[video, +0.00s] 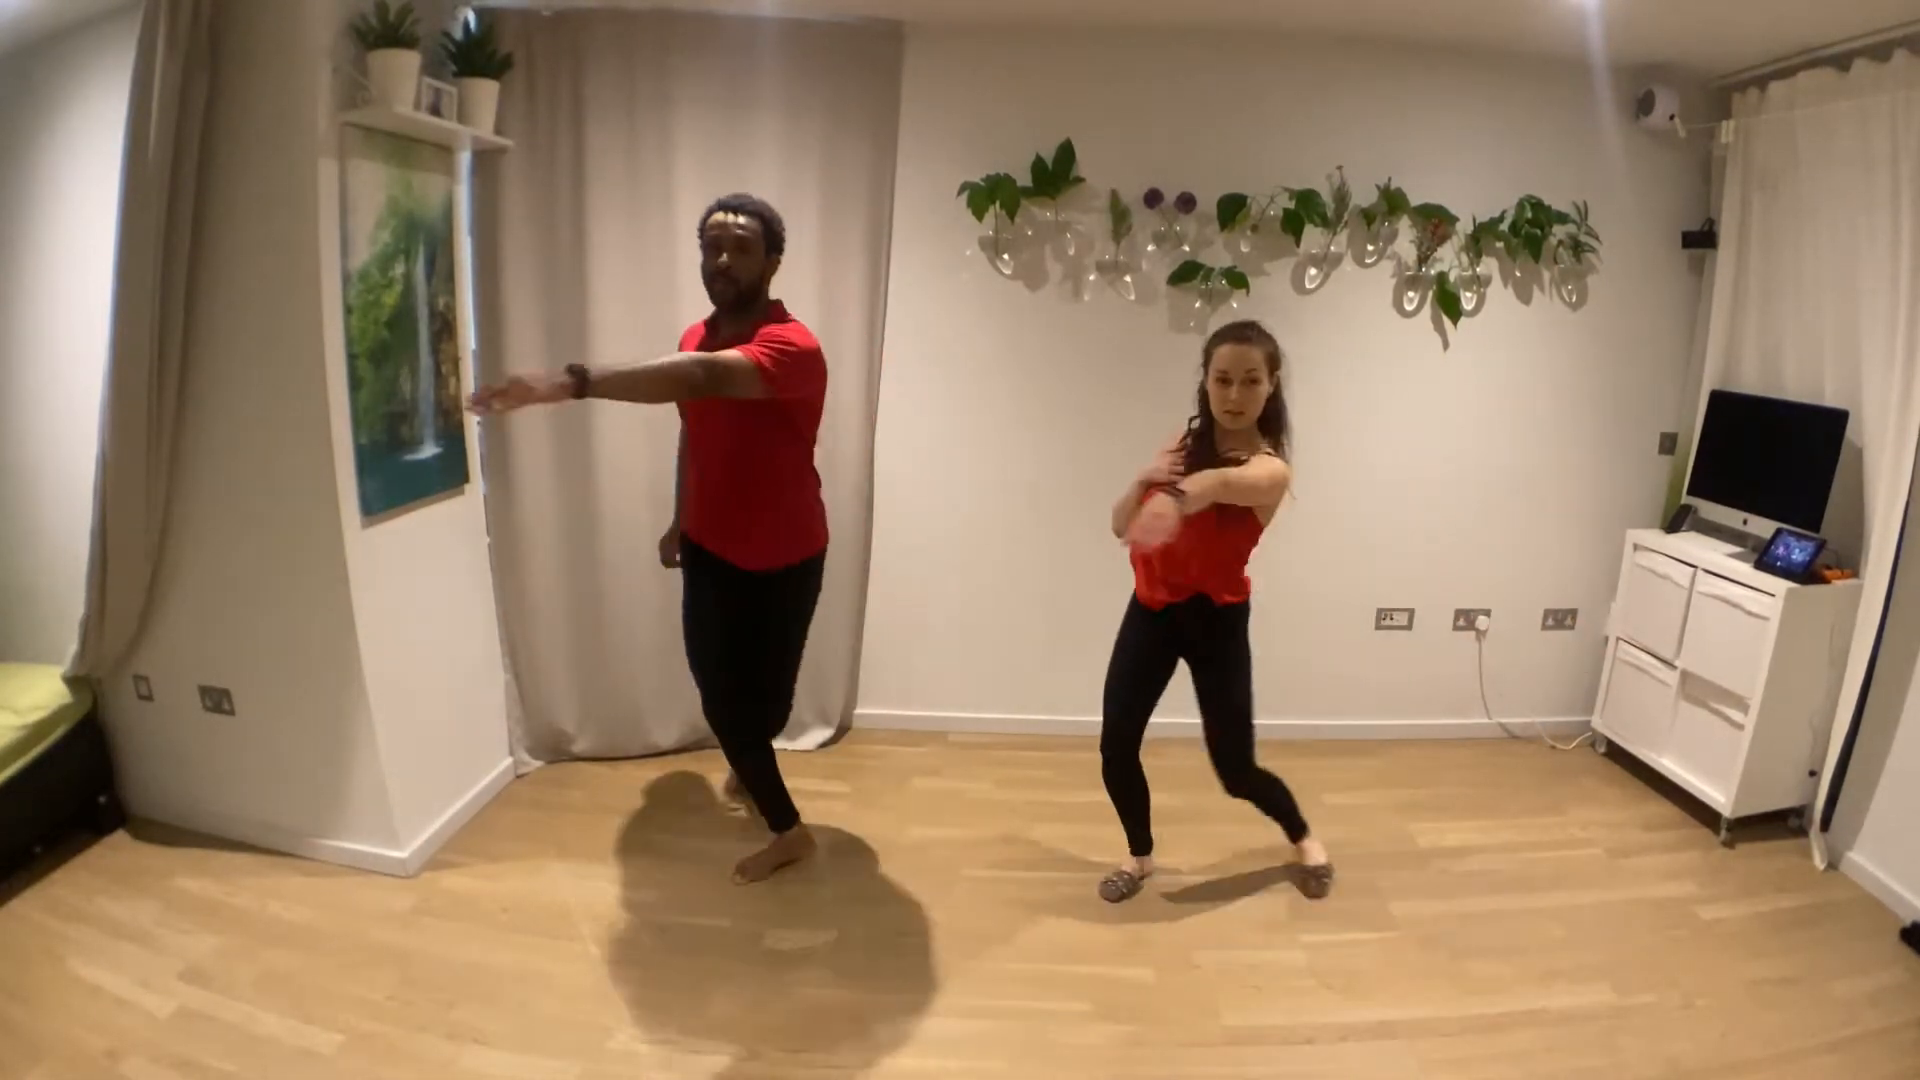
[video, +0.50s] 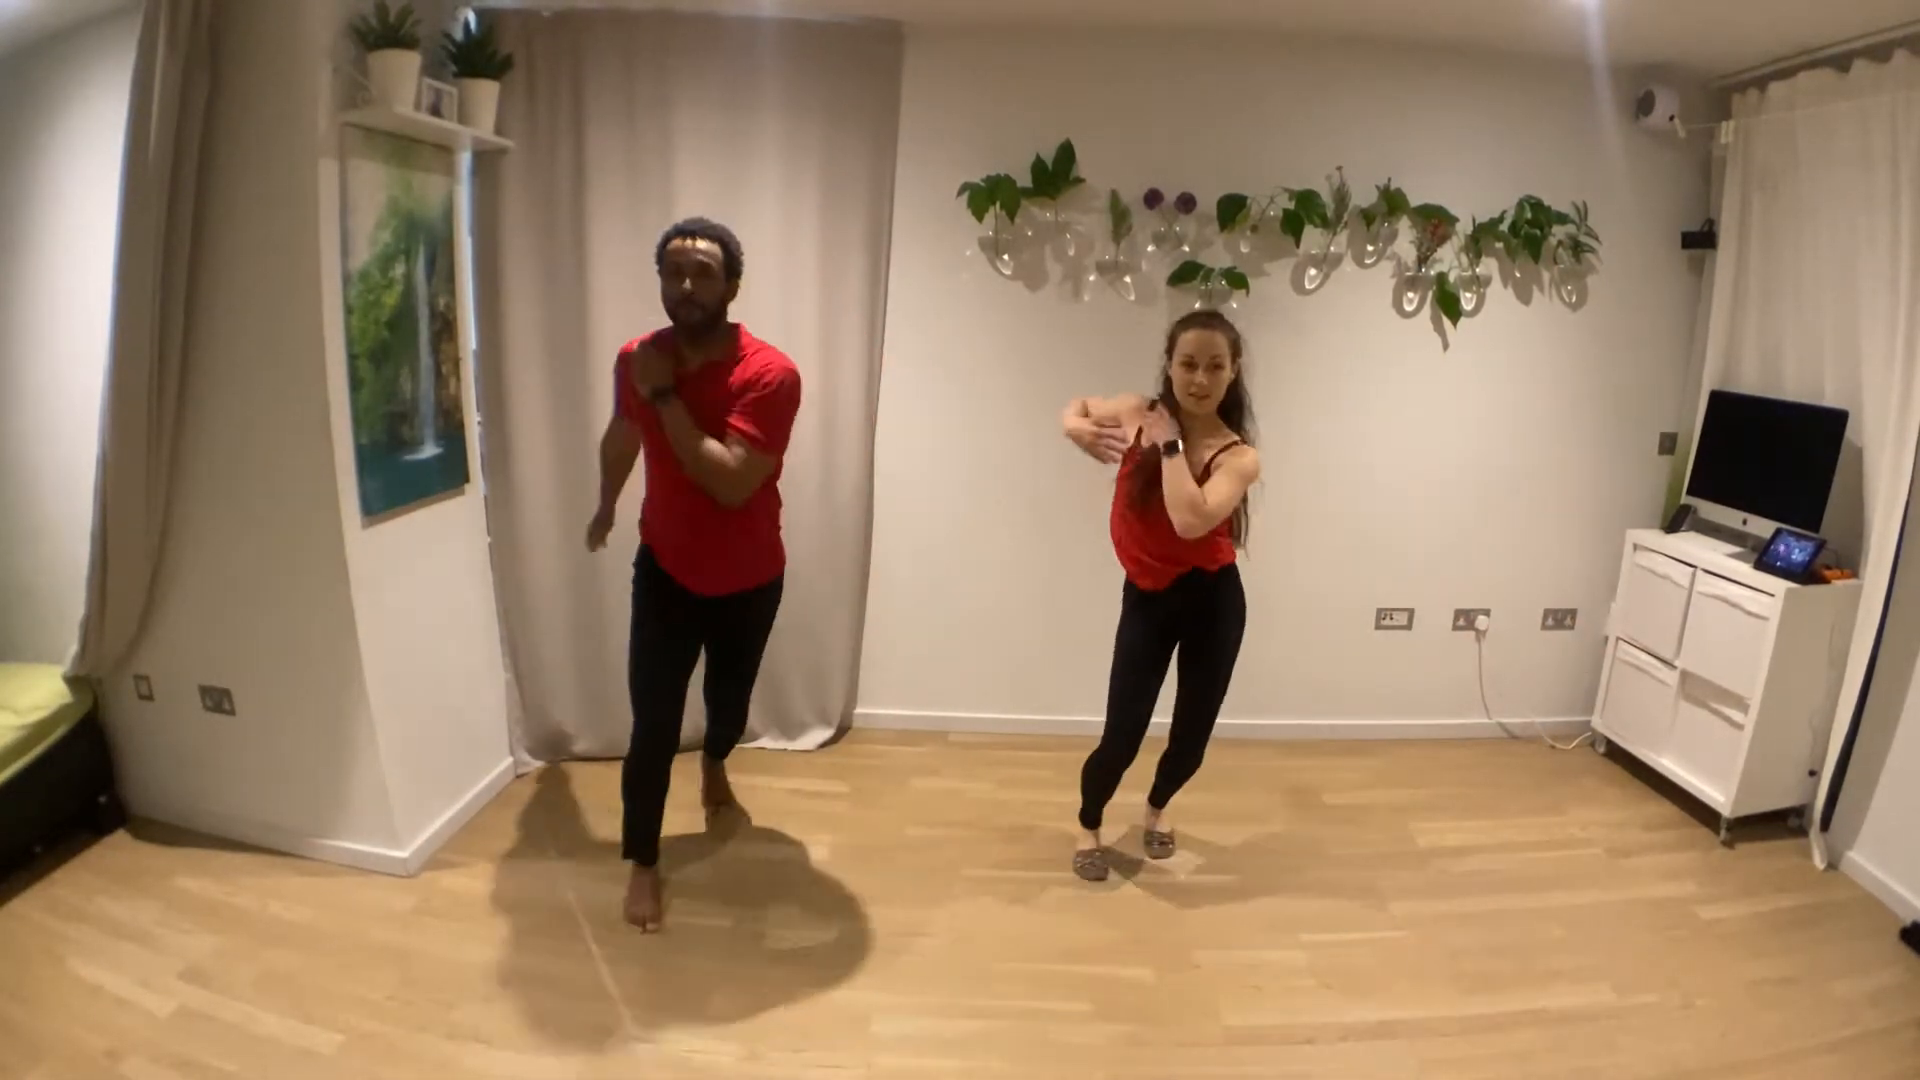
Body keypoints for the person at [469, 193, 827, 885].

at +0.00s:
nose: (719, 260)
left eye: (738, 247)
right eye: (710, 246)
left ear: (773, 261)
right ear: (699, 257)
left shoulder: (793, 351)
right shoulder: (698, 343)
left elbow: (697, 379)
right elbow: (691, 447)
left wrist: (571, 384)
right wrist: (682, 523)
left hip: (784, 554)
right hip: (711, 548)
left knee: (768, 697)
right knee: (723, 702)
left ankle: (744, 768)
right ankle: (789, 831)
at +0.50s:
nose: (686, 287)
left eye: (703, 274)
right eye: (674, 274)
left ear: (733, 286)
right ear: (660, 284)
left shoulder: (769, 374)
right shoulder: (640, 361)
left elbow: (734, 482)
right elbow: (622, 438)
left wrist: (665, 396)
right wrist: (607, 508)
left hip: (748, 577)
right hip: (668, 569)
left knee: (729, 701)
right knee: (656, 727)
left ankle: (714, 767)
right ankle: (642, 866)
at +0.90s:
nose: (774, 250)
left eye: (782, 243)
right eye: (756, 243)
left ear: (796, 269)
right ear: (731, 270)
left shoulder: (822, 360)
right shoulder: (707, 349)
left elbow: (849, 459)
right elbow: (750, 223)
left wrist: (879, 525)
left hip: (854, 581)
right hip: (769, 591)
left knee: (913, 732)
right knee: (727, 760)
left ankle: (958, 871)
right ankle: (643, 862)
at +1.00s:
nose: (800, 242)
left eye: (816, 236)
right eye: (786, 236)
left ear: (842, 270)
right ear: (767, 260)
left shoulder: (871, 356)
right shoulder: (749, 338)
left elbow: (897, 448)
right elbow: (759, 200)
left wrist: (933, 532)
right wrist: (794, 74)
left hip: (900, 580)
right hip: (810, 584)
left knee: (947, 737)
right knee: (751, 743)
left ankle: (960, 871)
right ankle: (654, 855)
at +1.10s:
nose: (839, 247)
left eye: (857, 237)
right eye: (824, 241)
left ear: (888, 264)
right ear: (811, 268)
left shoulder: (934, 353)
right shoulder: (799, 344)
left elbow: (967, 450)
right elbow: (771, 201)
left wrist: (993, 543)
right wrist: (782, 79)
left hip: (940, 586)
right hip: (853, 585)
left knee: (972, 746)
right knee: (782, 732)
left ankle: (962, 875)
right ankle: (678, 851)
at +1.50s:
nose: (984, 270)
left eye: (999, 254)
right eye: (970, 257)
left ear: (1033, 266)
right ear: (954, 271)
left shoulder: (1079, 361)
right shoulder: (934, 343)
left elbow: (1139, 462)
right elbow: (840, 260)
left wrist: (1133, 571)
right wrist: (780, 172)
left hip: (1065, 582)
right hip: (983, 582)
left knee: (1021, 738)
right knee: (1012, 736)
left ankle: (970, 868)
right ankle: (1108, 797)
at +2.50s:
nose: (927, 262)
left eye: (945, 249)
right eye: (931, 245)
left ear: (999, 270)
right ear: (976, 265)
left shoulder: (1056, 336)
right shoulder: (962, 329)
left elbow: (1156, 315)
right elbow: (949, 228)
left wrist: (1138, 313)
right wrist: (886, 149)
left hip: (1039, 626)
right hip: (952, 617)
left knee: (1064, 783)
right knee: (868, 769)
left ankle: (1152, 876)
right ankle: (838, 959)